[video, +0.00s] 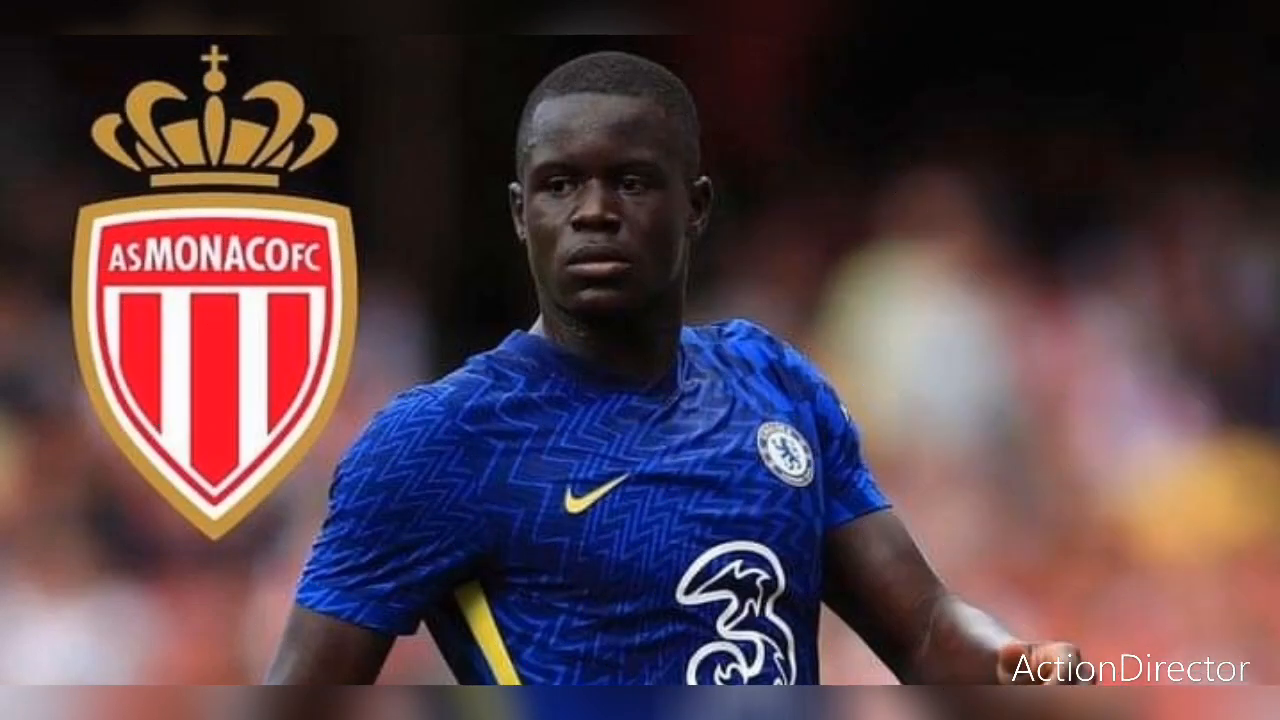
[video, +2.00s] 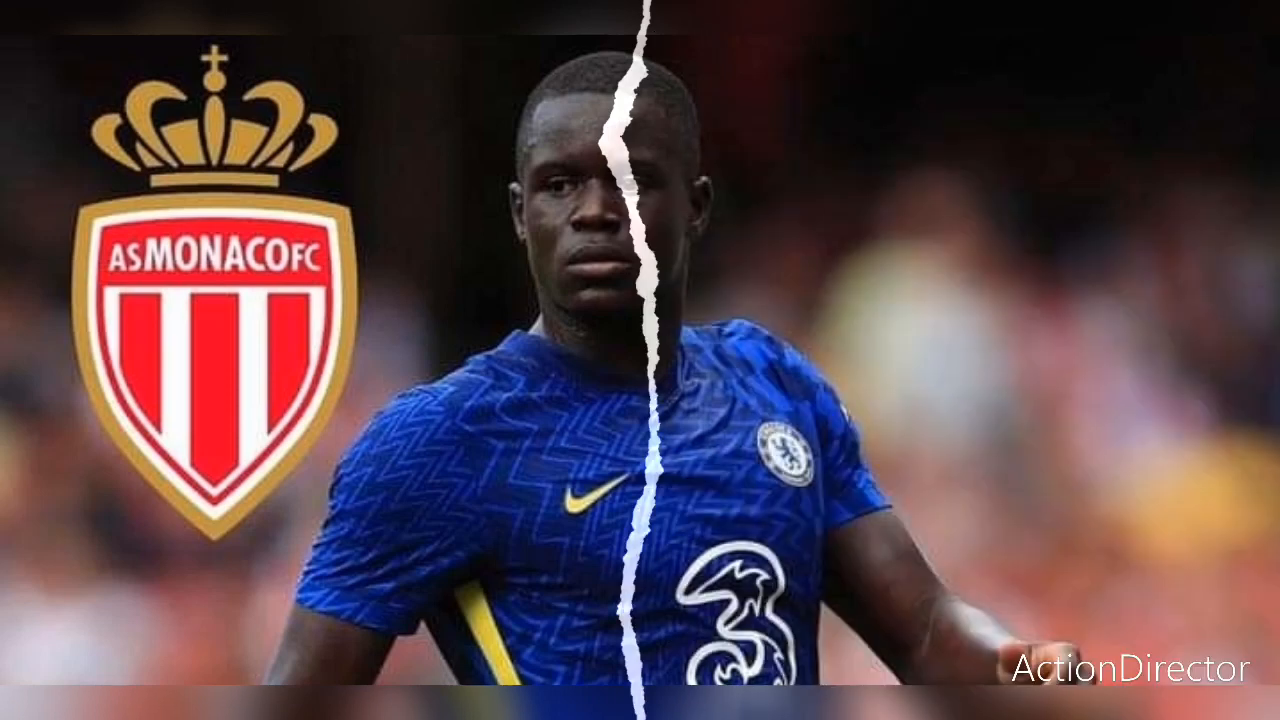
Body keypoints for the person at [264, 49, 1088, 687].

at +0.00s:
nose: (595, 210)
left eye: (633, 178)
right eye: (560, 181)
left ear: (697, 209)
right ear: (522, 216)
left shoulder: (770, 385)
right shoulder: (433, 444)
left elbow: (921, 626)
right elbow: (301, 691)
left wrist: (1021, 675)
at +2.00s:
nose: (600, 209)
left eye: (636, 177)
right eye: (562, 180)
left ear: (698, 206)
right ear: (521, 213)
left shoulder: (773, 388)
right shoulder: (431, 444)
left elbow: (920, 625)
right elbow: (301, 691)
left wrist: (1019, 673)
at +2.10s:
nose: (600, 209)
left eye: (637, 177)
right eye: (562, 180)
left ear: (698, 207)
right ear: (521, 213)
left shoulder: (772, 388)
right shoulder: (431, 444)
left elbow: (921, 626)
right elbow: (301, 691)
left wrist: (1019, 673)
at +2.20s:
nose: (600, 209)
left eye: (637, 177)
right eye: (562, 180)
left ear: (698, 207)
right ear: (521, 213)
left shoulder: (772, 388)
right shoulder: (431, 444)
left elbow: (921, 625)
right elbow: (301, 691)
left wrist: (1019, 673)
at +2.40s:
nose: (599, 208)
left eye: (635, 177)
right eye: (562, 181)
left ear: (697, 207)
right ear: (521, 214)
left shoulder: (771, 385)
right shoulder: (455, 428)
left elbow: (920, 624)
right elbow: (302, 687)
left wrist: (1017, 672)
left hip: (773, 708)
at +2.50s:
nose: (600, 209)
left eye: (636, 177)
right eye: (562, 180)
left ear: (698, 206)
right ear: (520, 213)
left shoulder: (770, 384)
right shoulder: (453, 430)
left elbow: (920, 625)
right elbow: (302, 688)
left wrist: (1021, 673)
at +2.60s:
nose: (603, 217)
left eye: (639, 179)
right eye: (565, 181)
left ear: (699, 206)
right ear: (513, 205)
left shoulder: (770, 385)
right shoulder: (431, 446)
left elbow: (920, 625)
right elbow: (301, 692)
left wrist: (1018, 670)